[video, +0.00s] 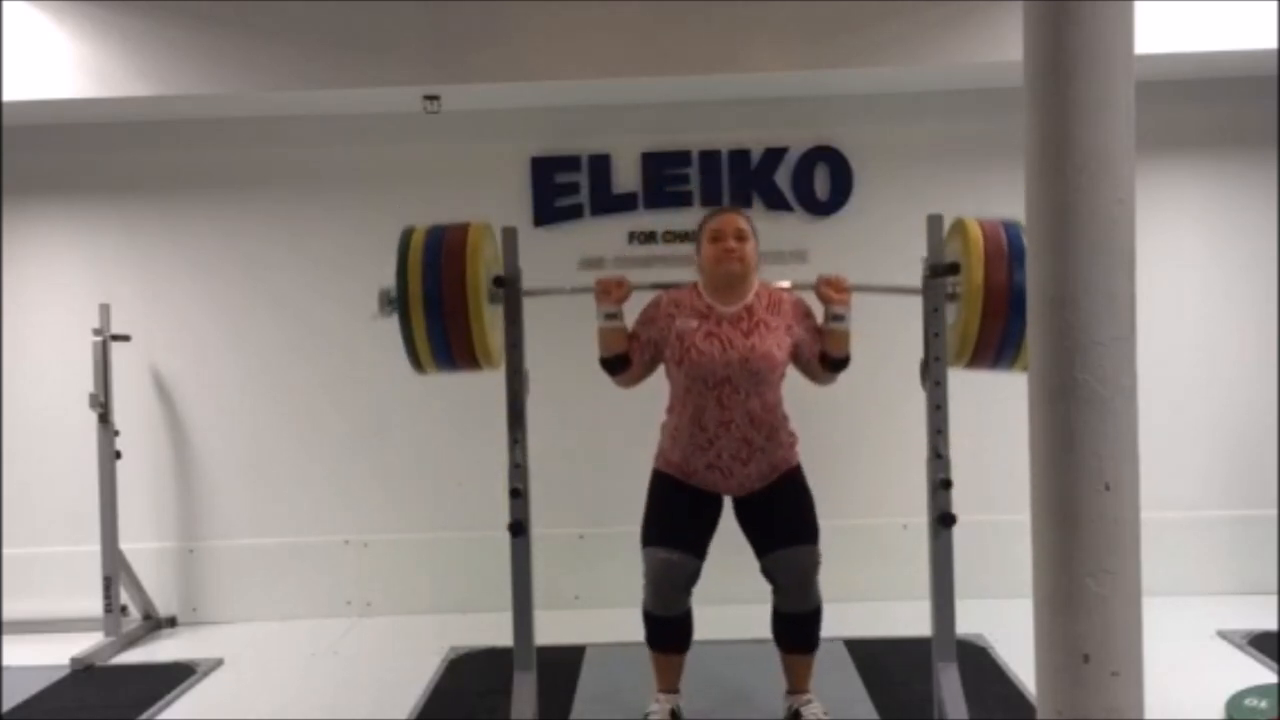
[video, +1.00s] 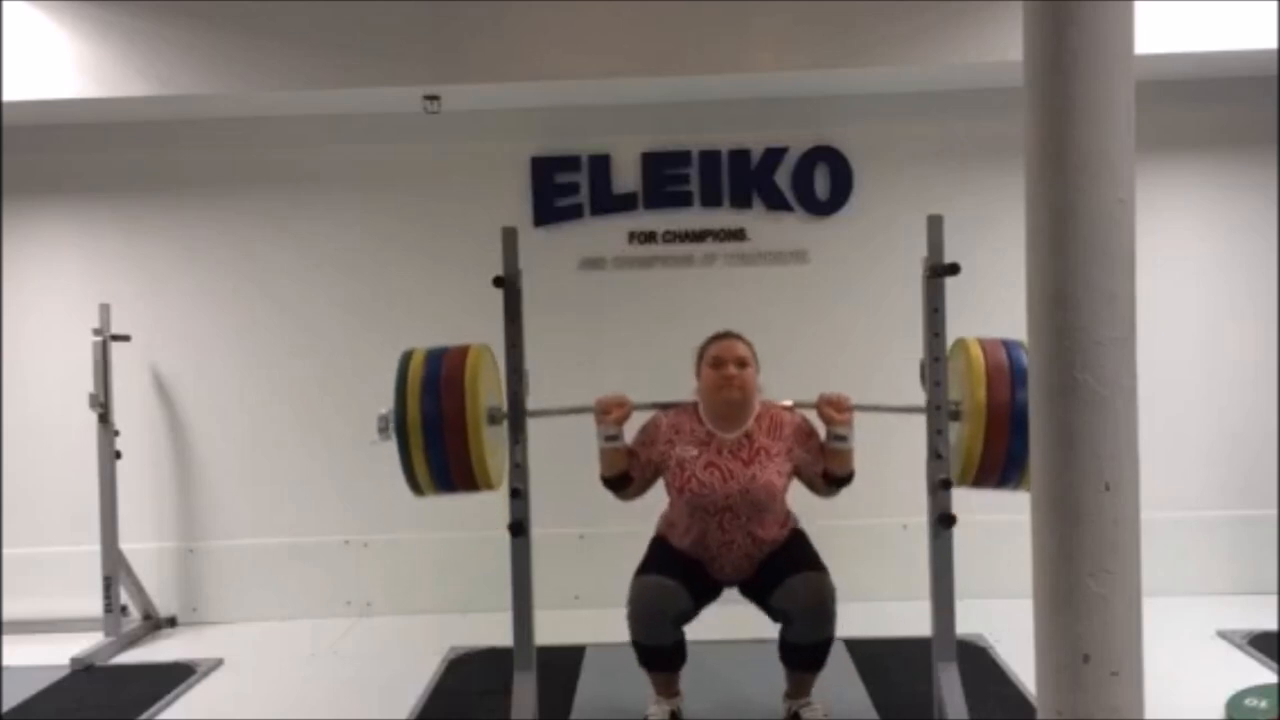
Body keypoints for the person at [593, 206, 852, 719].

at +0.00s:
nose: (728, 245)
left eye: (739, 237)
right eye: (716, 238)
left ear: (756, 252)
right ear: (698, 254)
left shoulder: (784, 307)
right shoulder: (671, 309)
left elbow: (825, 370)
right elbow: (625, 373)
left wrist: (837, 315)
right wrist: (610, 313)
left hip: (768, 464)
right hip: (686, 466)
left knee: (798, 577)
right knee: (665, 581)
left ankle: (801, 698)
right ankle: (665, 701)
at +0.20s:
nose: (729, 309)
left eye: (740, 301)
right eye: (717, 302)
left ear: (756, 316)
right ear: (699, 319)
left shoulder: (784, 370)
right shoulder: (671, 371)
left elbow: (826, 432)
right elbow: (625, 432)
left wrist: (838, 378)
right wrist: (611, 375)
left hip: (766, 500)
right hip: (685, 501)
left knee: (809, 586)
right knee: (651, 590)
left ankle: (801, 701)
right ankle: (665, 703)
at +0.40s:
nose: (731, 371)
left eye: (742, 363)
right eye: (718, 363)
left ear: (757, 376)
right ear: (700, 377)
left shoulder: (786, 428)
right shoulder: (671, 428)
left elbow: (829, 491)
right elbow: (627, 491)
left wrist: (840, 435)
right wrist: (612, 435)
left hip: (770, 553)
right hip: (686, 554)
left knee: (818, 603)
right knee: (644, 608)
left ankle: (801, 703)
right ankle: (666, 705)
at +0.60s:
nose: (733, 412)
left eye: (744, 403)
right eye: (720, 404)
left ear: (758, 414)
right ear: (701, 416)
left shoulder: (788, 466)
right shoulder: (672, 466)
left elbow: (831, 529)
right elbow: (629, 528)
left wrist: (841, 472)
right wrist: (614, 472)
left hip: (771, 596)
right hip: (690, 597)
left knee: (824, 622)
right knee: (640, 624)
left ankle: (800, 703)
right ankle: (666, 705)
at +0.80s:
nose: (733, 413)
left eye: (744, 404)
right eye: (720, 404)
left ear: (759, 414)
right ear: (701, 414)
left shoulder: (787, 463)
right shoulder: (670, 464)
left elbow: (827, 522)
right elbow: (629, 524)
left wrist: (841, 469)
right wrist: (613, 469)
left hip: (770, 590)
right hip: (688, 592)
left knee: (823, 619)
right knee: (639, 625)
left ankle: (800, 703)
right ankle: (666, 704)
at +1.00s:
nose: (730, 372)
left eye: (741, 364)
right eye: (717, 364)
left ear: (756, 378)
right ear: (698, 379)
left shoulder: (785, 426)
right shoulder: (669, 427)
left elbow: (829, 484)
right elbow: (626, 488)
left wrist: (840, 433)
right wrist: (609, 435)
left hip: (770, 546)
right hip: (687, 548)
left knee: (813, 602)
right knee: (650, 608)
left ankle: (799, 702)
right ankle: (666, 703)